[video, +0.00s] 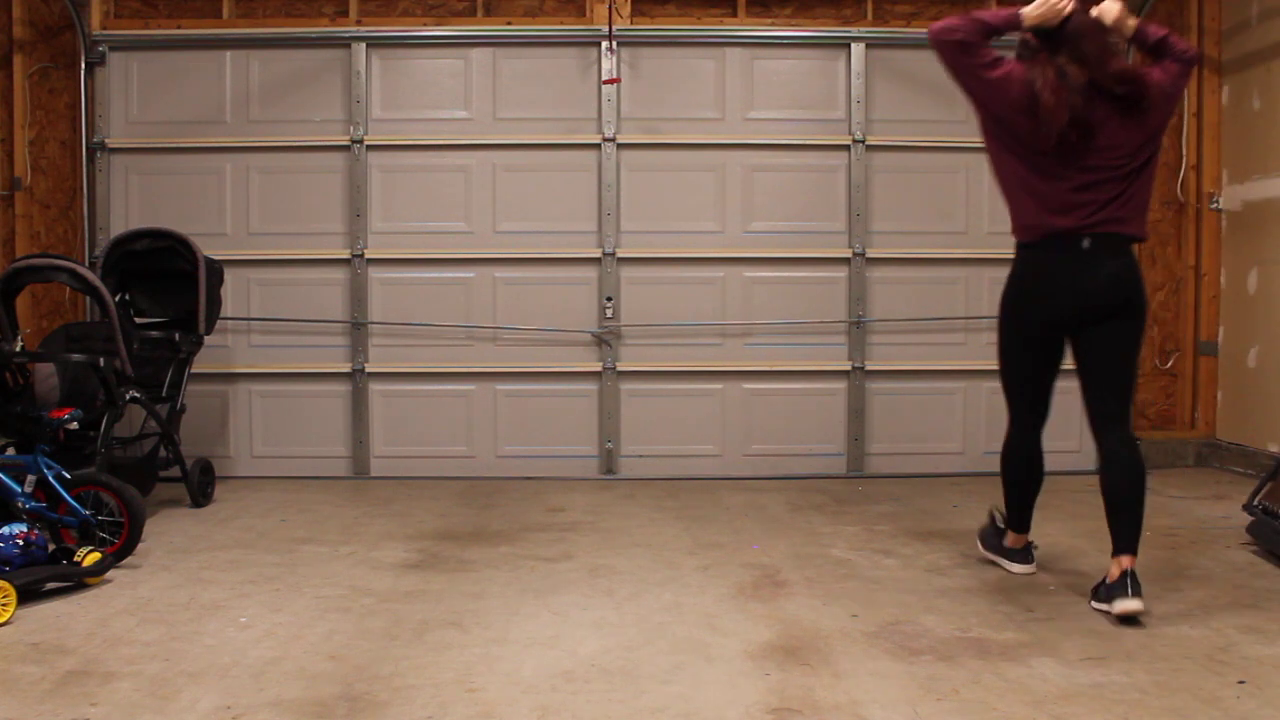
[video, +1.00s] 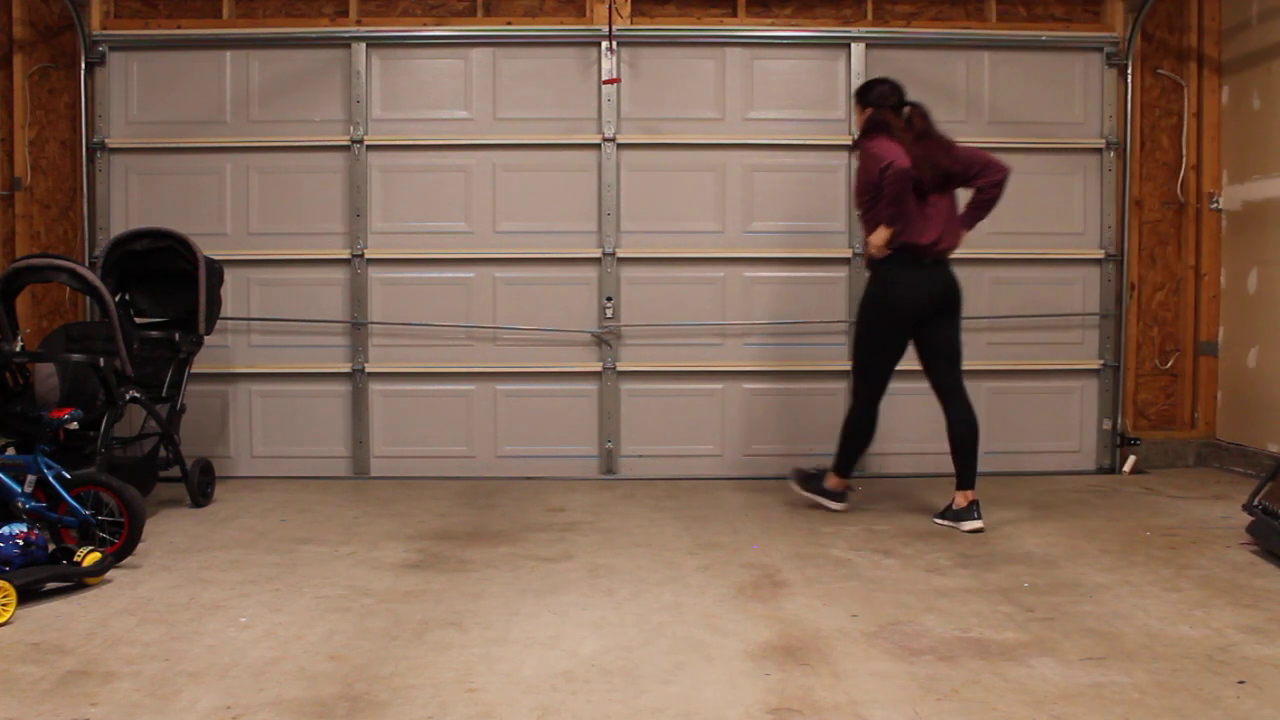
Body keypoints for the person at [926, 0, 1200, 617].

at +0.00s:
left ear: (1038, 47)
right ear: (1107, 48)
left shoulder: (1011, 91)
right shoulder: (1141, 96)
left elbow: (946, 34)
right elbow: (1183, 56)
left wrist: (1017, 16)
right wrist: (1133, 26)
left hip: (1038, 272)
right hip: (1114, 272)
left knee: (1025, 418)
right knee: (1115, 427)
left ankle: (1016, 539)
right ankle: (1124, 572)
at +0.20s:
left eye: (998, 60)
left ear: (997, 69)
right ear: (1068, 73)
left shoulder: (978, 121)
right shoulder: (1092, 118)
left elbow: (905, 120)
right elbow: (1149, 122)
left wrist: (952, 62)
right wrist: (1107, 70)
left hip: (998, 278)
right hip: (1066, 277)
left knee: (1000, 413)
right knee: (1060, 403)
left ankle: (1014, 538)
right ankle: (1092, 497)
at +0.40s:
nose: (965, 74)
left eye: (967, 66)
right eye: (967, 65)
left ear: (977, 68)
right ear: (1021, 66)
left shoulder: (963, 118)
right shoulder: (1052, 118)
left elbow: (926, 184)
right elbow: (1104, 194)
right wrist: (1072, 236)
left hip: (976, 278)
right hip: (1037, 276)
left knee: (994, 405)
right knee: (1020, 395)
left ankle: (1015, 536)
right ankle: (1012, 517)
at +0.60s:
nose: (936, 98)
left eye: (938, 91)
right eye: (941, 91)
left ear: (945, 94)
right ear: (988, 94)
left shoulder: (933, 134)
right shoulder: (1016, 136)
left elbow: (915, 173)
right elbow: (1076, 180)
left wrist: (917, 236)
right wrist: (1047, 240)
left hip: (951, 286)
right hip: (1006, 285)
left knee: (966, 402)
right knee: (981, 397)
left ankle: (1009, 513)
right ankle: (971, 502)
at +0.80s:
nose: (899, 102)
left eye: (901, 95)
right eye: (902, 94)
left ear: (910, 96)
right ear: (946, 95)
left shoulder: (906, 133)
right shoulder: (978, 132)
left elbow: (912, 164)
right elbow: (1042, 162)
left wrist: (907, 222)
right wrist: (1004, 214)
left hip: (929, 276)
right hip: (976, 276)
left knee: (890, 383)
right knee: (963, 389)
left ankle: (943, 475)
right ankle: (968, 507)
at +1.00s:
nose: (855, 121)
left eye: (857, 113)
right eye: (856, 113)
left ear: (868, 113)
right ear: (898, 112)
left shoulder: (874, 145)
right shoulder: (928, 146)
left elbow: (899, 168)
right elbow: (995, 172)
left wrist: (886, 228)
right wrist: (961, 225)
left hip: (893, 283)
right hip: (937, 280)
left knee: (866, 391)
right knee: (953, 392)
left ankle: (835, 483)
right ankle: (965, 501)